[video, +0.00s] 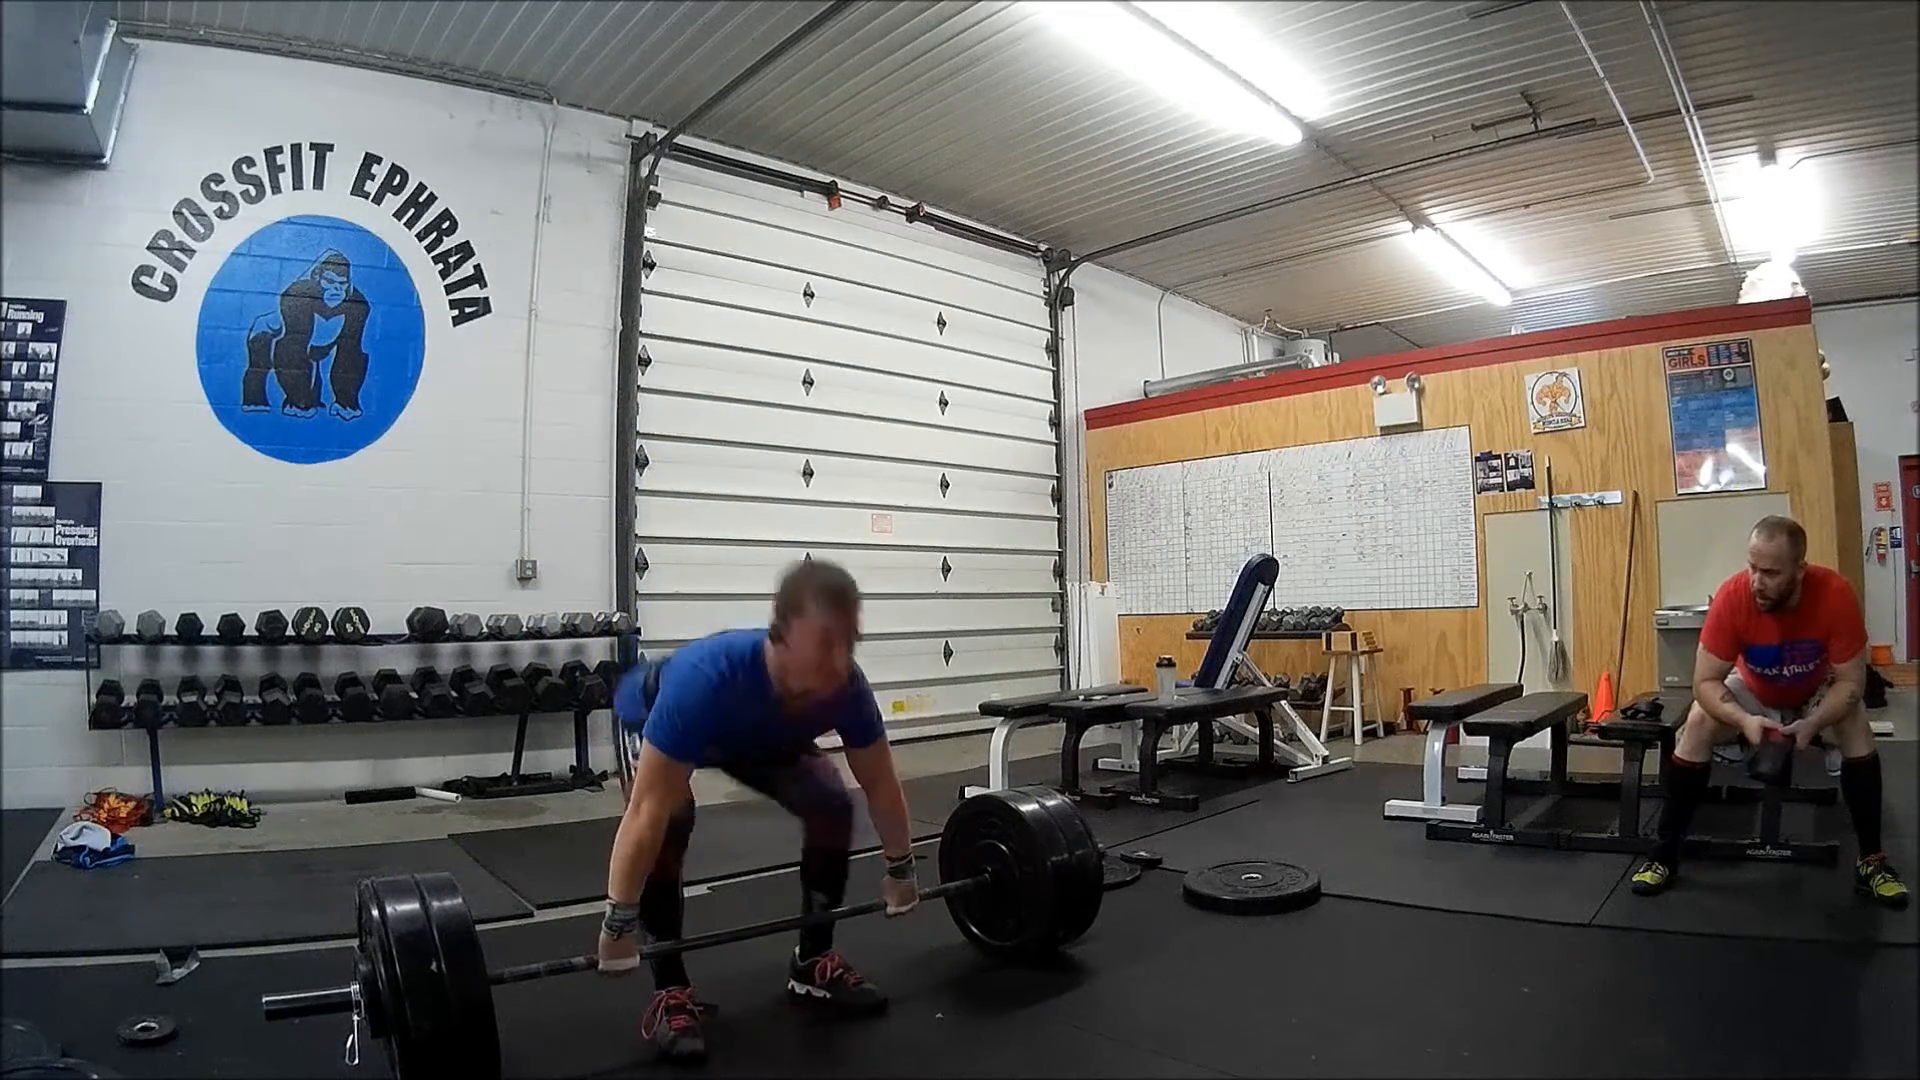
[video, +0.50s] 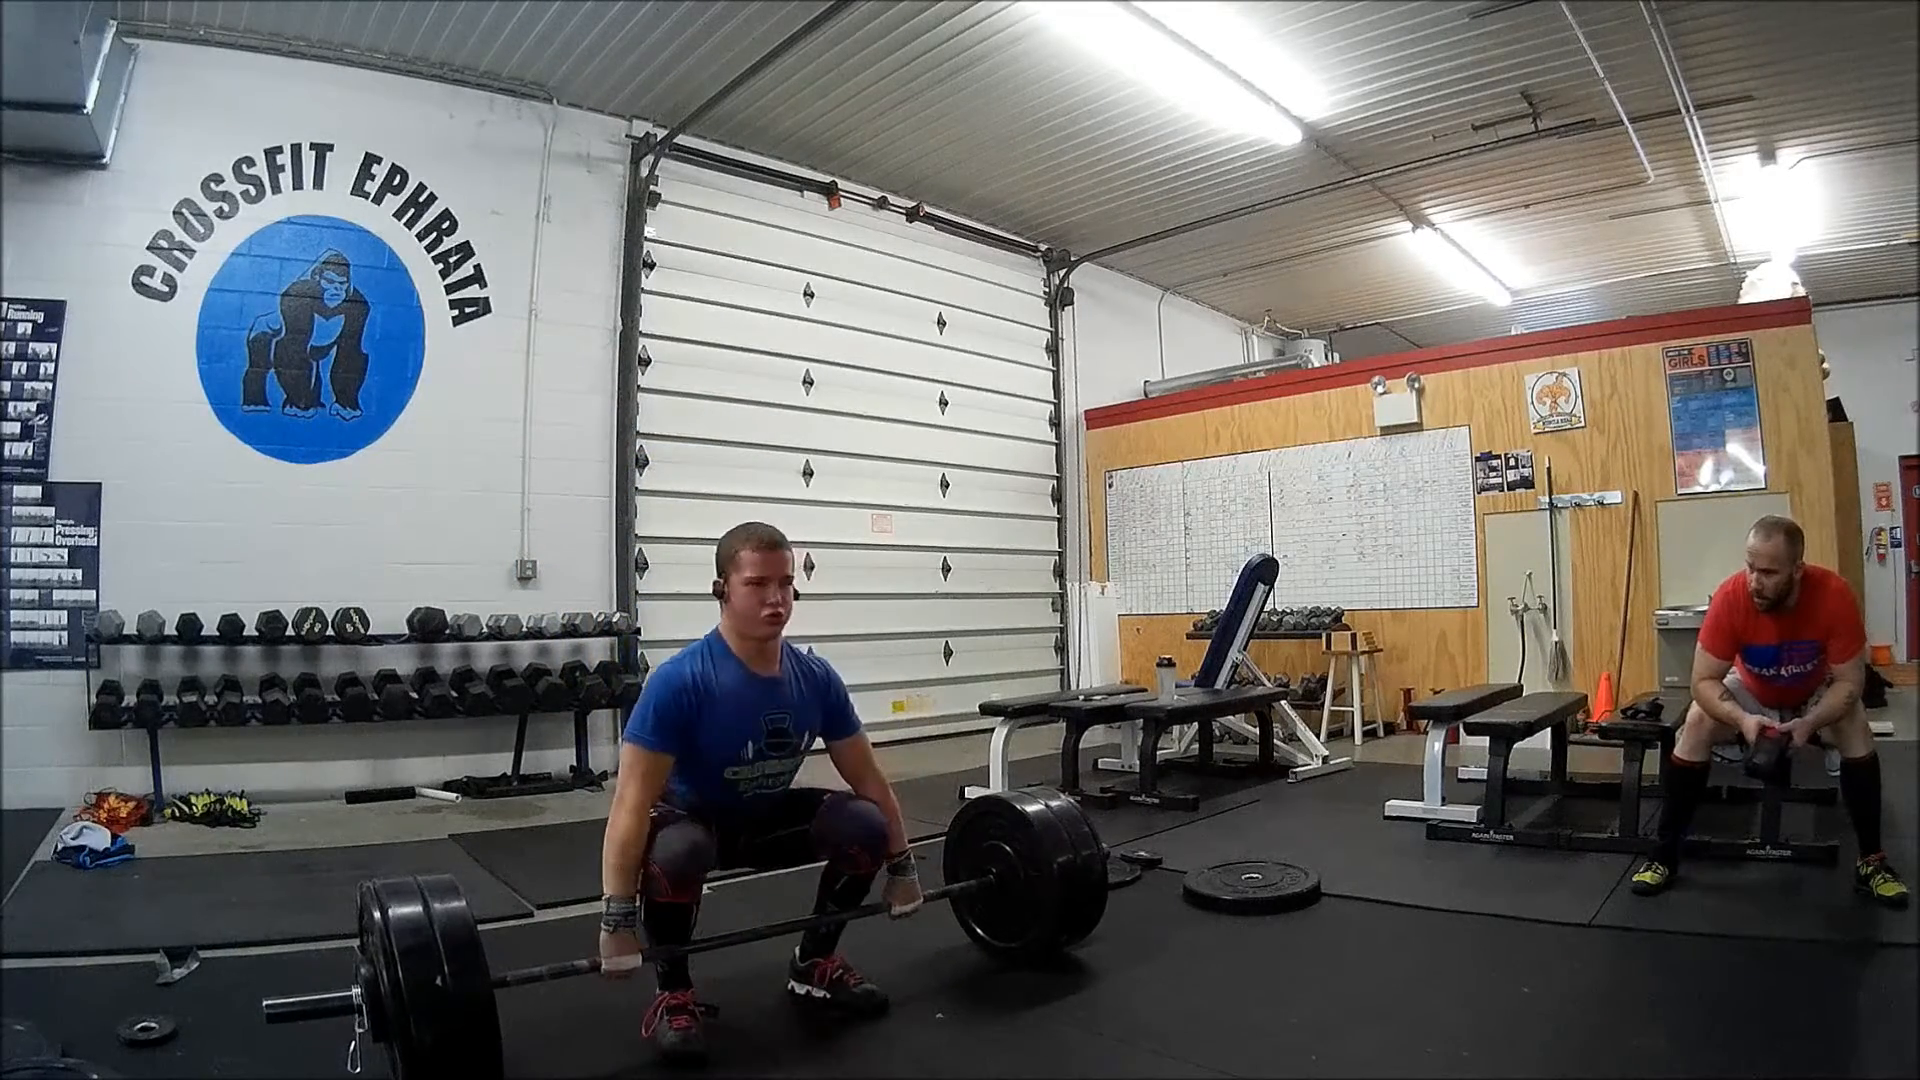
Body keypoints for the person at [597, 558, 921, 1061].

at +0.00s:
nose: (840, 662)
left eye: (848, 644)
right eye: (826, 643)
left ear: (856, 637)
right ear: (782, 635)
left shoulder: (847, 687)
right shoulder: (701, 681)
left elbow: (880, 780)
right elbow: (647, 809)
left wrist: (900, 871)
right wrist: (618, 922)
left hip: (742, 721)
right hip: (659, 716)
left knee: (831, 805)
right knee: (672, 819)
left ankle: (815, 961)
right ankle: (671, 994)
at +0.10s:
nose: (824, 616)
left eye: (830, 600)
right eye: (805, 601)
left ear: (837, 606)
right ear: (761, 609)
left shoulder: (839, 684)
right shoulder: (698, 680)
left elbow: (879, 776)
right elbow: (639, 800)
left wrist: (902, 869)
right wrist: (619, 921)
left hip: (762, 770)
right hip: (678, 773)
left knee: (852, 817)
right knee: (674, 830)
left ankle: (814, 963)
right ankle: (673, 997)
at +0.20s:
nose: (809, 600)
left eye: (814, 586)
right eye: (789, 587)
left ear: (822, 596)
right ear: (748, 598)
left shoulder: (830, 683)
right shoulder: (692, 683)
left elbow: (879, 778)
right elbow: (634, 801)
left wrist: (903, 868)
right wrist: (619, 921)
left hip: (771, 794)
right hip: (691, 798)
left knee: (860, 821)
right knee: (676, 832)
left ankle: (814, 963)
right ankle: (674, 997)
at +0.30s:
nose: (792, 589)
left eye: (800, 576)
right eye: (774, 575)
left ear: (808, 585)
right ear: (734, 588)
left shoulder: (825, 681)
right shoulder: (685, 683)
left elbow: (874, 778)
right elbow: (635, 805)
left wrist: (902, 867)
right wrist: (618, 919)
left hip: (771, 806)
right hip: (694, 811)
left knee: (864, 824)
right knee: (681, 848)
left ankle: (814, 964)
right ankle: (675, 997)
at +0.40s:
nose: (781, 593)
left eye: (789, 579)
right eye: (763, 579)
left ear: (799, 586)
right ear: (725, 590)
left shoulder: (819, 680)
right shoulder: (681, 683)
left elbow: (869, 776)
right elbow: (633, 801)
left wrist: (902, 865)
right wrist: (617, 918)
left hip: (771, 813)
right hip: (693, 819)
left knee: (865, 825)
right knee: (679, 851)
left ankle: (814, 965)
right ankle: (674, 997)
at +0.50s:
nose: (777, 598)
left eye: (785, 583)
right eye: (760, 584)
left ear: (796, 588)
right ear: (722, 591)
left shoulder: (816, 680)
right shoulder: (678, 683)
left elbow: (868, 778)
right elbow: (632, 803)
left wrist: (902, 865)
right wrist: (617, 916)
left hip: (772, 816)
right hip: (693, 822)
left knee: (866, 825)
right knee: (678, 852)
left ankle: (814, 964)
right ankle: (675, 997)